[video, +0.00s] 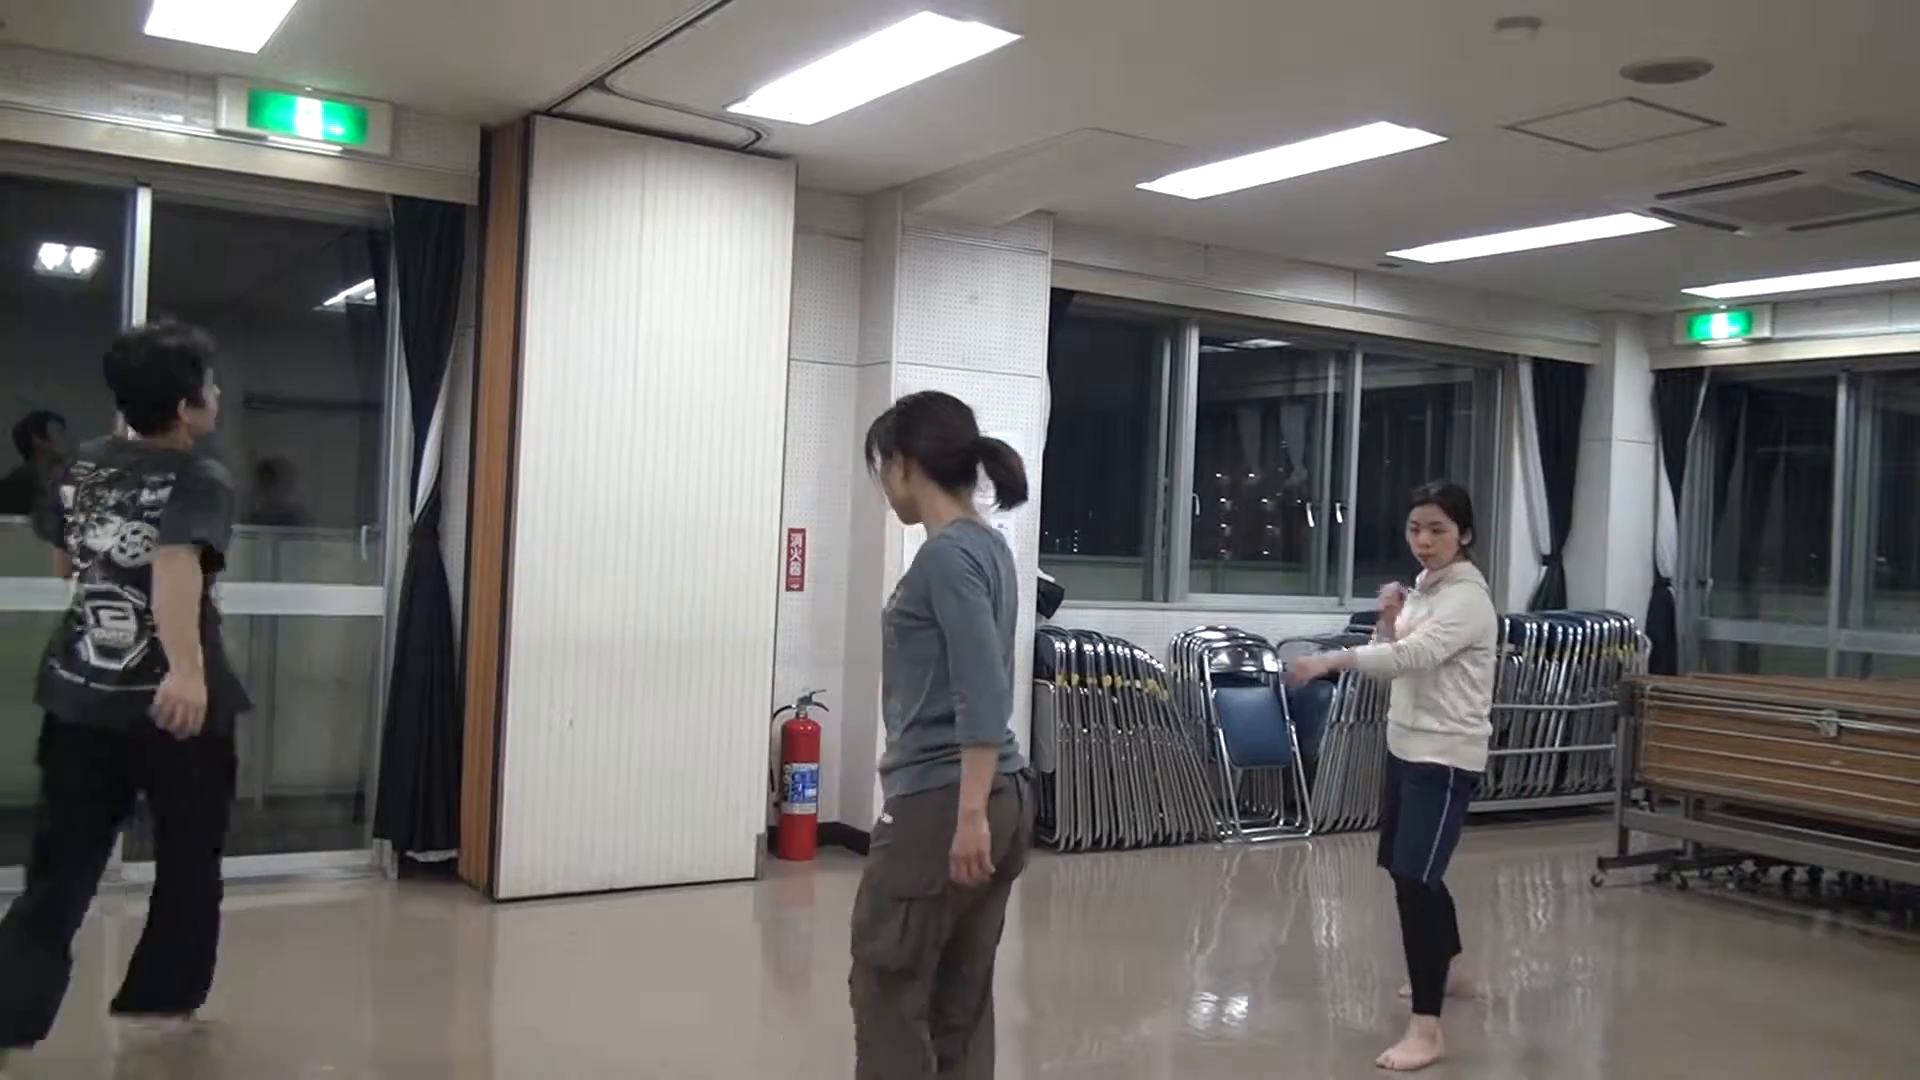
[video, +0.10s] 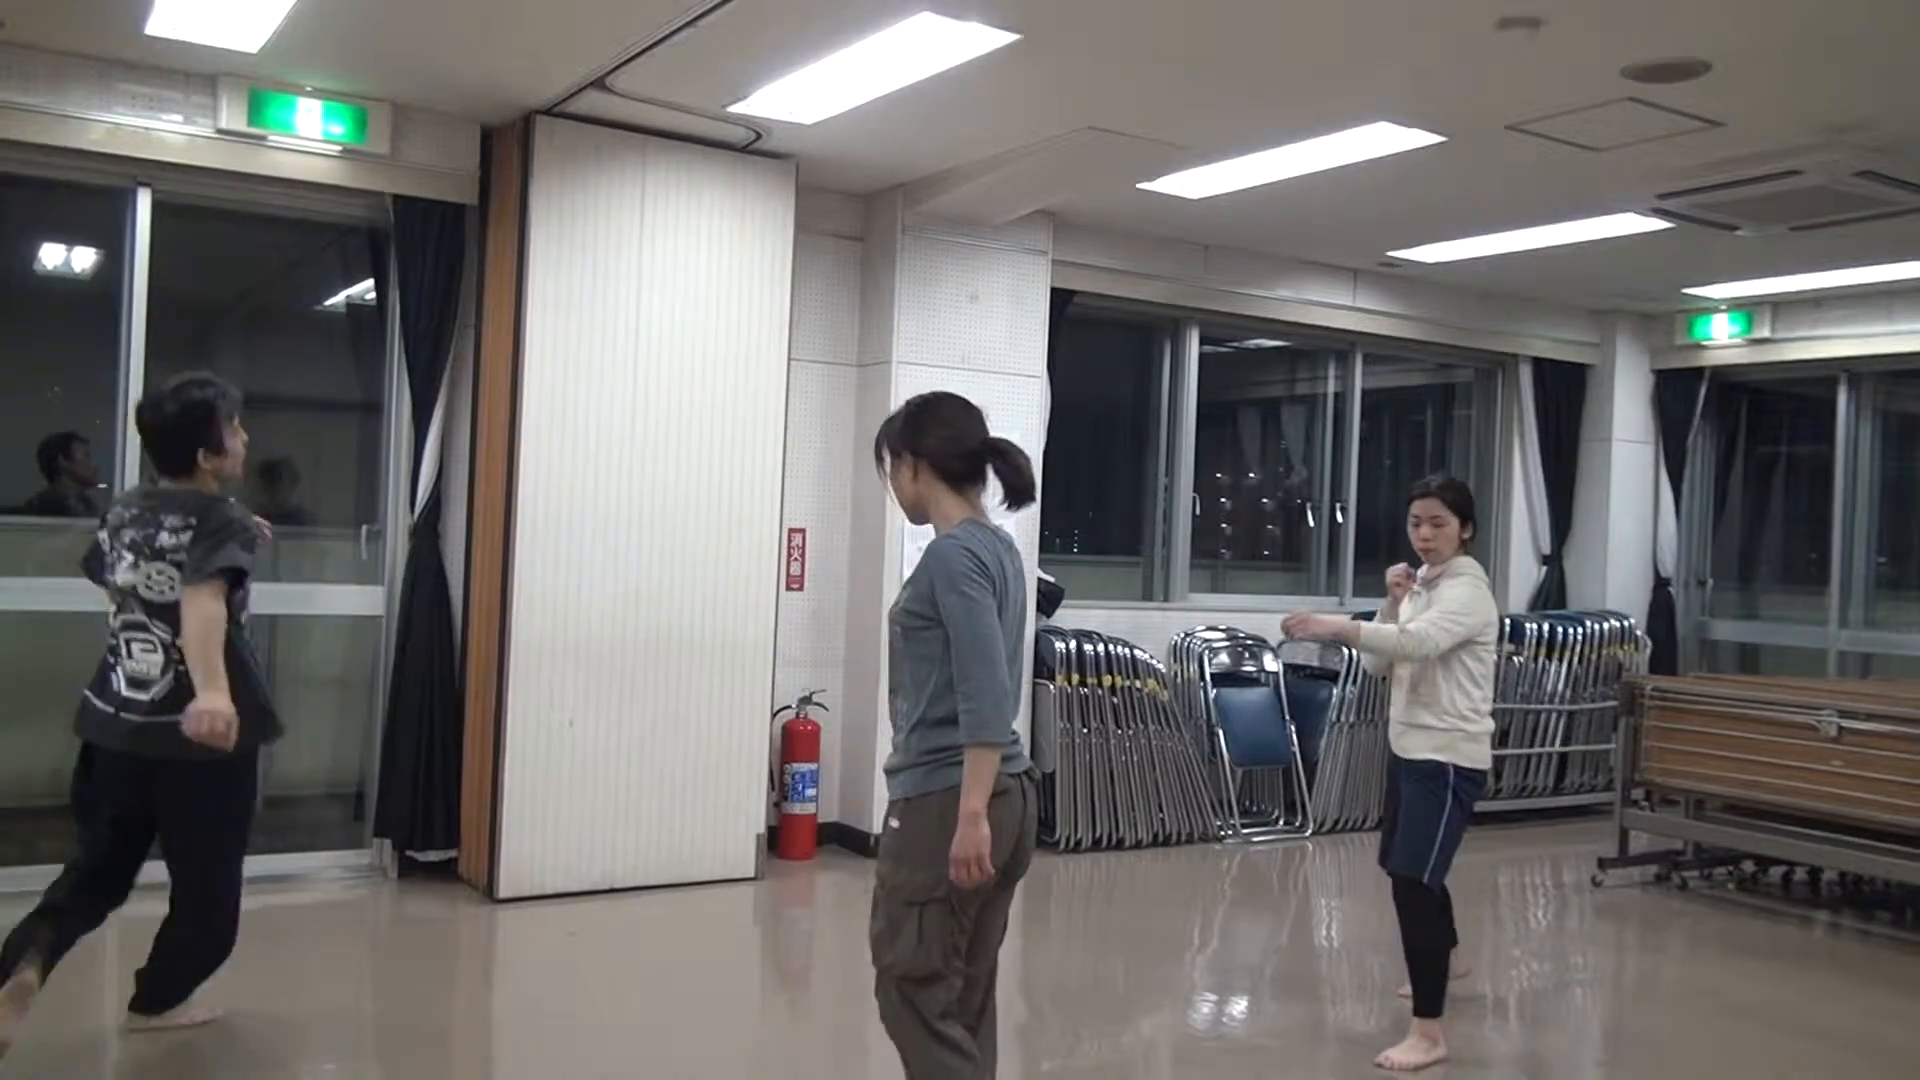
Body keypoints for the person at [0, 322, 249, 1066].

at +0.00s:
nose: (218, 397)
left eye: (212, 385)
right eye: (208, 388)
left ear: (129, 400)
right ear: (183, 404)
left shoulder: (83, 466)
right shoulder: (197, 477)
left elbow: (68, 563)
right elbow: (174, 566)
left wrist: (122, 592)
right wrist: (185, 666)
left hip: (83, 695)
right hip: (176, 700)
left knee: (60, 867)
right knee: (189, 861)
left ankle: (7, 1028)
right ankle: (157, 1009)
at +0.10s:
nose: (244, 438)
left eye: (238, 425)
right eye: (234, 429)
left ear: (161, 448)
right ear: (209, 449)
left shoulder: (124, 512)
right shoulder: (222, 521)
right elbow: (203, 600)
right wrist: (213, 691)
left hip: (115, 730)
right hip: (201, 738)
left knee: (101, 867)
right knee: (207, 897)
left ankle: (23, 969)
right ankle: (156, 1006)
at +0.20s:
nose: (263, 462)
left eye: (257, 450)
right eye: (252, 454)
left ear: (193, 472)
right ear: (222, 473)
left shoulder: (156, 536)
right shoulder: (230, 549)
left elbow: (176, 608)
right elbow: (232, 646)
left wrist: (255, 591)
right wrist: (278, 741)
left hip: (157, 744)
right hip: (220, 751)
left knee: (154, 870)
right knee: (228, 886)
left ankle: (84, 949)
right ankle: (156, 999)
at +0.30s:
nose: (282, 457)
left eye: (276, 446)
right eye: (271, 450)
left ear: (228, 467)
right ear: (238, 467)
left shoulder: (191, 528)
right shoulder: (245, 538)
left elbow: (198, 614)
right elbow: (237, 639)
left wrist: (274, 603)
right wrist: (297, 695)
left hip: (188, 736)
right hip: (233, 740)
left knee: (222, 865)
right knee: (246, 874)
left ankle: (149, 989)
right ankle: (167, 1000)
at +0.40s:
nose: (305, 454)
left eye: (301, 443)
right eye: (293, 446)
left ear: (252, 462)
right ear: (254, 460)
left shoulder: (223, 517)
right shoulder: (255, 526)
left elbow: (216, 604)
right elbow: (241, 623)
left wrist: (291, 604)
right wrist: (302, 634)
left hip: (232, 717)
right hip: (251, 722)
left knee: (272, 833)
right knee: (255, 860)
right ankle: (162, 993)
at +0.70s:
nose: (337, 453)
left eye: (340, 442)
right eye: (323, 442)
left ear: (339, 446)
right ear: (283, 446)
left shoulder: (328, 513)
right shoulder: (249, 512)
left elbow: (325, 586)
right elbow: (239, 599)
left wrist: (380, 581)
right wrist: (327, 571)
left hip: (321, 698)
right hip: (268, 703)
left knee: (334, 819)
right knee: (290, 827)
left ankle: (290, 931)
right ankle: (230, 957)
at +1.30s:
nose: (313, 456)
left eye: (323, 445)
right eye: (299, 445)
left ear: (333, 447)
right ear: (267, 447)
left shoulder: (360, 512)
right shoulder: (237, 512)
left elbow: (408, 589)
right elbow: (208, 589)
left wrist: (382, 528)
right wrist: (265, 531)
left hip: (348, 704)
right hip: (263, 705)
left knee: (376, 825)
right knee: (261, 830)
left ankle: (393, 961)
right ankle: (261, 953)